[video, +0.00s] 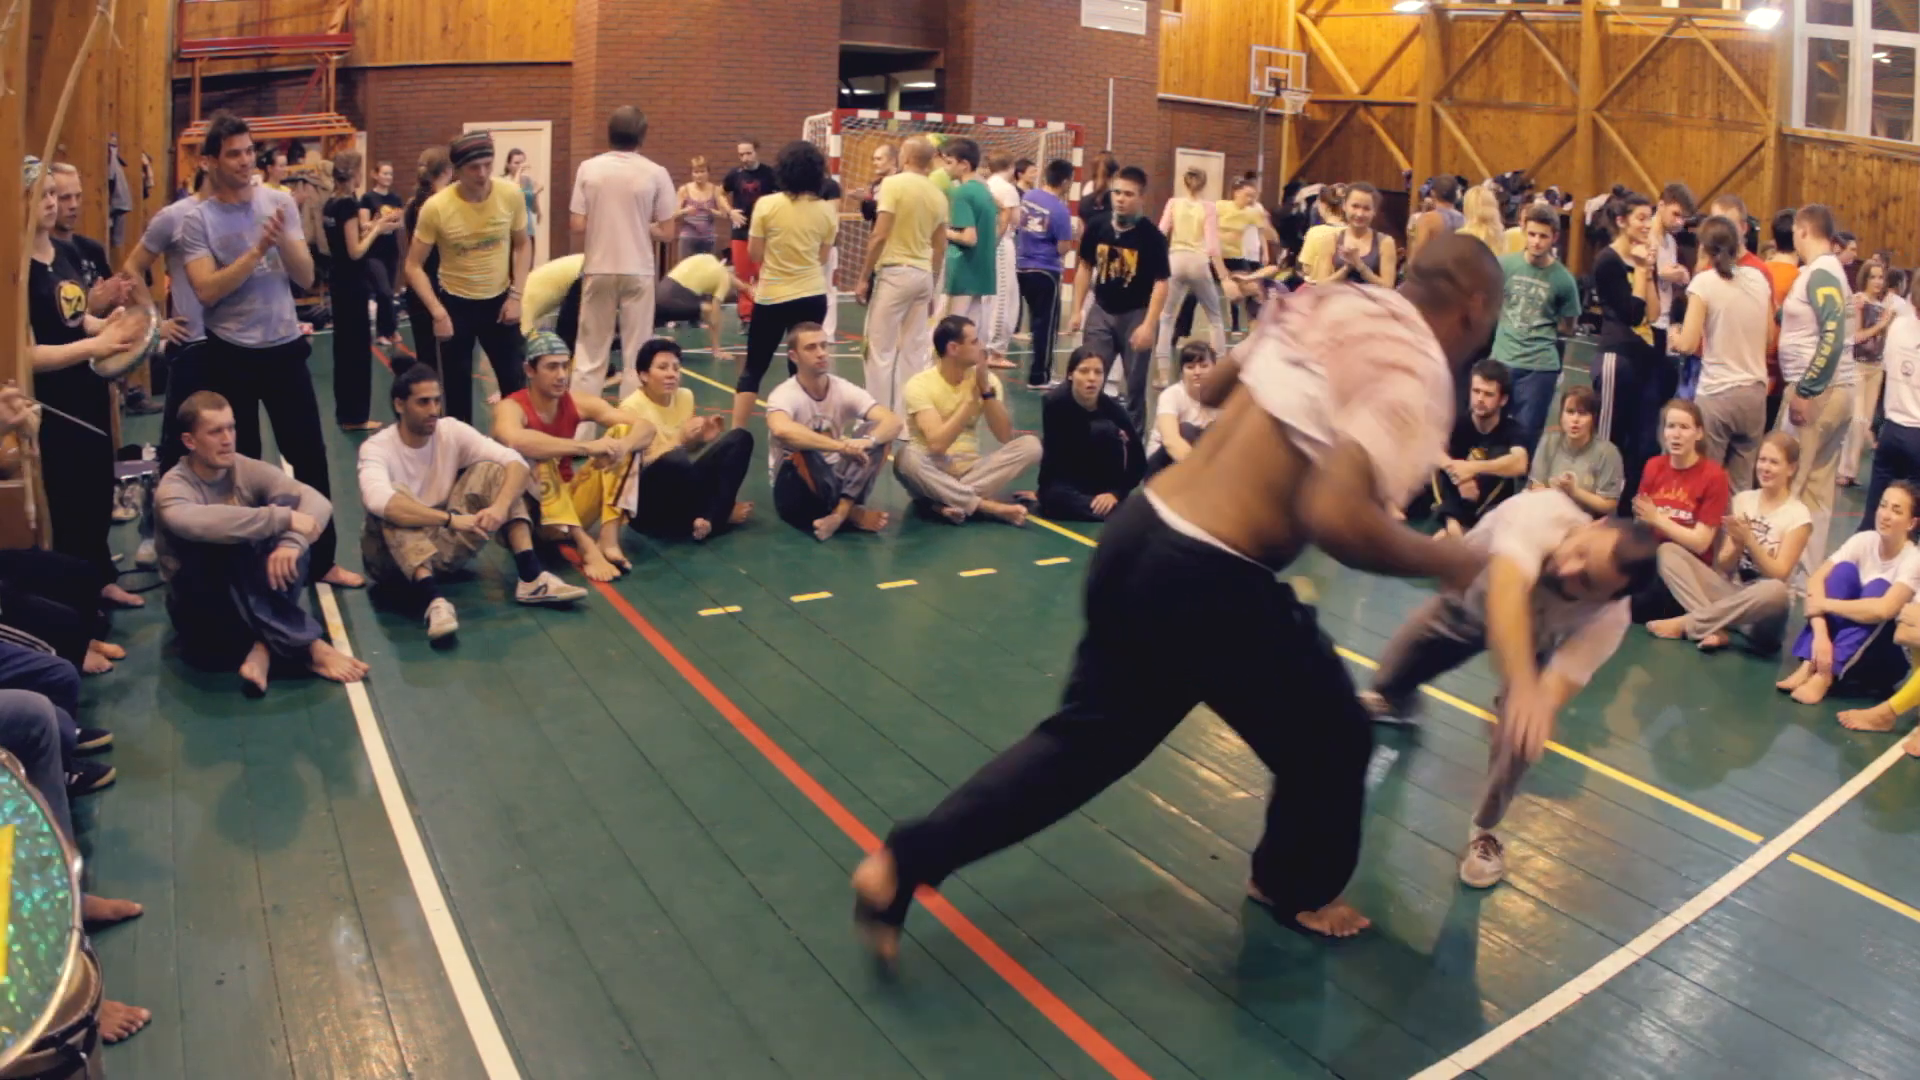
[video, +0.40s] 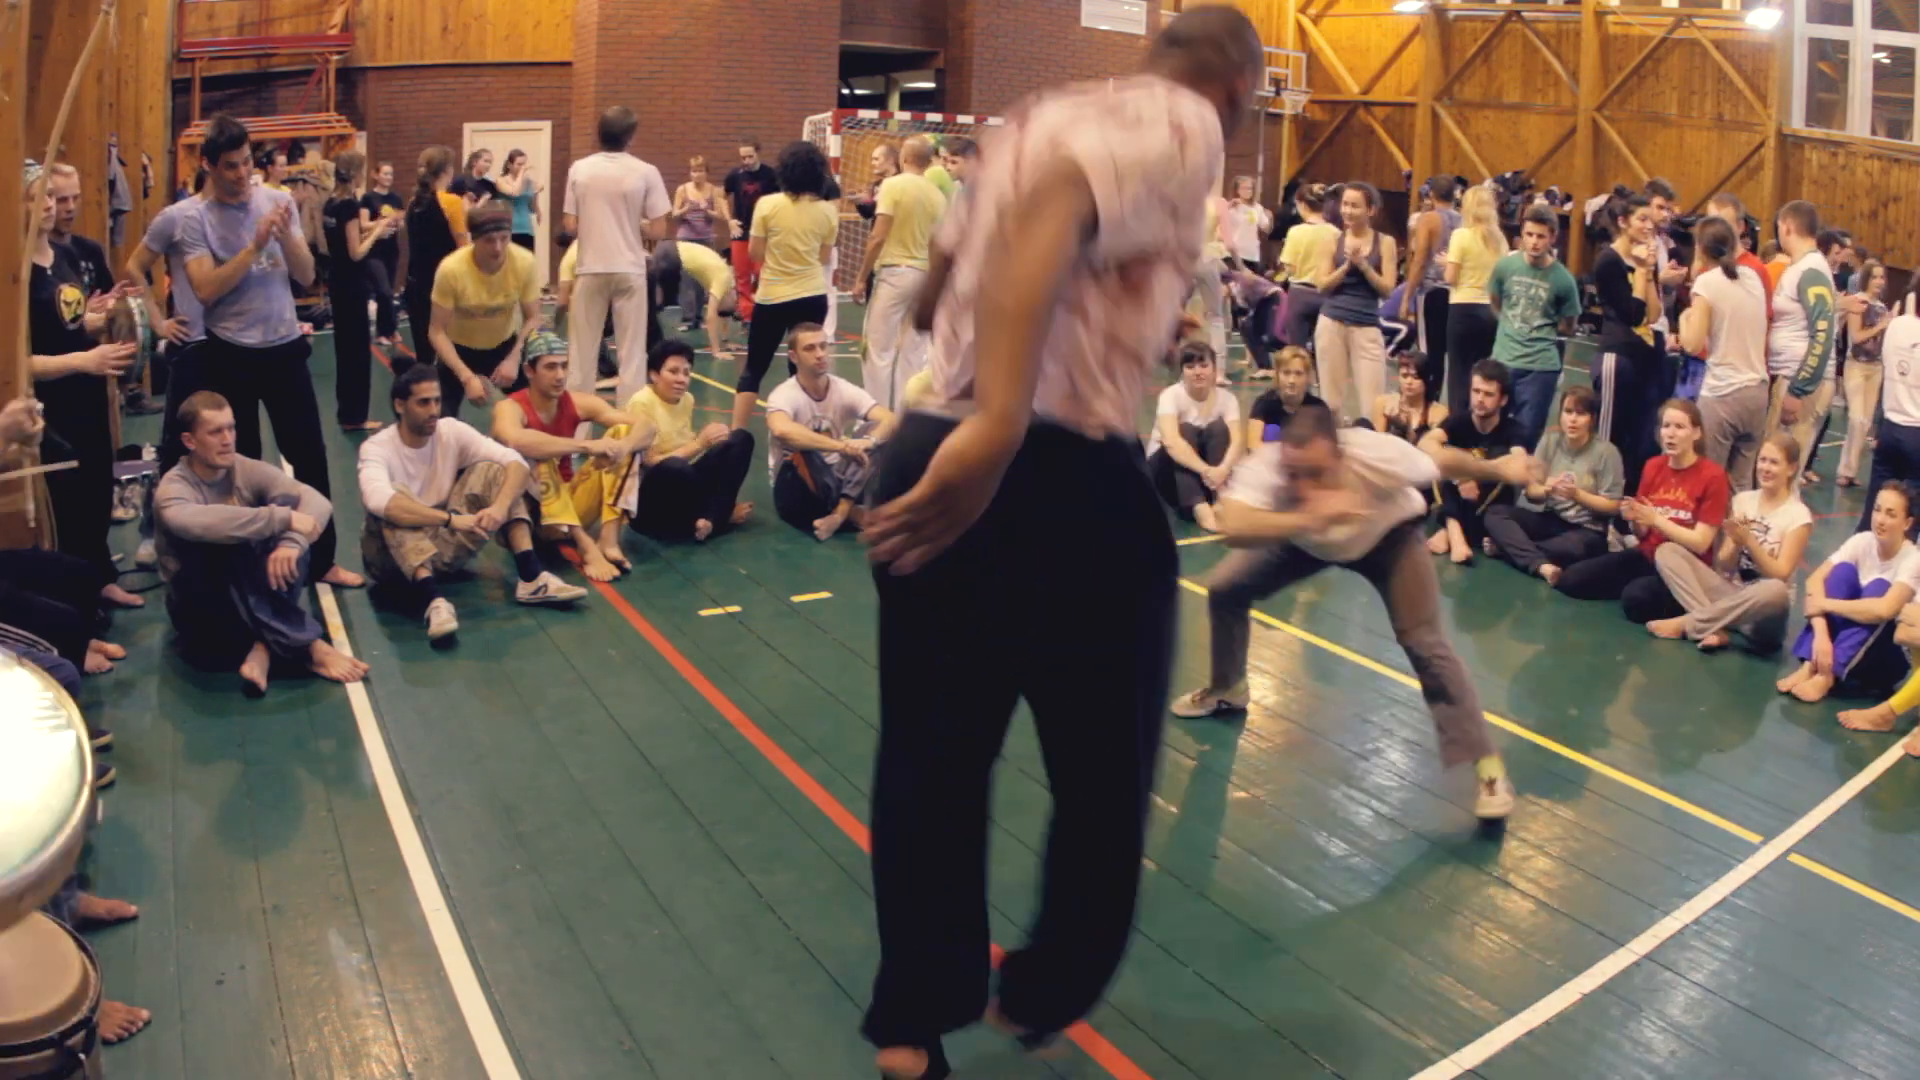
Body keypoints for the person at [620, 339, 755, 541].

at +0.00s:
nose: (671, 374)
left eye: (675, 368)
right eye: (663, 368)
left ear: (680, 371)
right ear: (643, 375)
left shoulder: (685, 397)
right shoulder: (630, 408)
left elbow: (686, 447)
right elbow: (639, 463)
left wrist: (701, 437)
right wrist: (682, 440)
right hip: (649, 512)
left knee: (740, 438)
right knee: (675, 460)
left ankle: (708, 517)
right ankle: (721, 513)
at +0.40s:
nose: (681, 379)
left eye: (686, 373)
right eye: (673, 372)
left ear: (691, 376)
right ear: (654, 375)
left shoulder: (687, 400)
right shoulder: (641, 403)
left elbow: (684, 444)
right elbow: (649, 460)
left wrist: (708, 442)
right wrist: (699, 443)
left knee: (741, 439)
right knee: (674, 467)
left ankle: (710, 517)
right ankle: (722, 515)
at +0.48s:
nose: (683, 379)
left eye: (688, 373)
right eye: (675, 371)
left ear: (692, 375)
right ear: (656, 373)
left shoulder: (686, 400)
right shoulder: (643, 402)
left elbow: (685, 449)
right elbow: (653, 458)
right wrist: (710, 449)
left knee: (741, 439)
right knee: (672, 469)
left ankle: (710, 517)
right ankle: (722, 513)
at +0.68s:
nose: (691, 375)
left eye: (696, 369)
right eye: (684, 367)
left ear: (701, 372)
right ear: (664, 368)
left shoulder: (686, 395)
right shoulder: (650, 396)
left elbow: (684, 447)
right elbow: (663, 456)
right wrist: (720, 466)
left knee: (737, 435)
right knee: (671, 470)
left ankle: (711, 515)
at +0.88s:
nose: (690, 377)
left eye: (694, 370)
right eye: (682, 369)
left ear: (698, 371)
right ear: (662, 371)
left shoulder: (686, 396)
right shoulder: (651, 399)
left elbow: (684, 442)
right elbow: (662, 458)